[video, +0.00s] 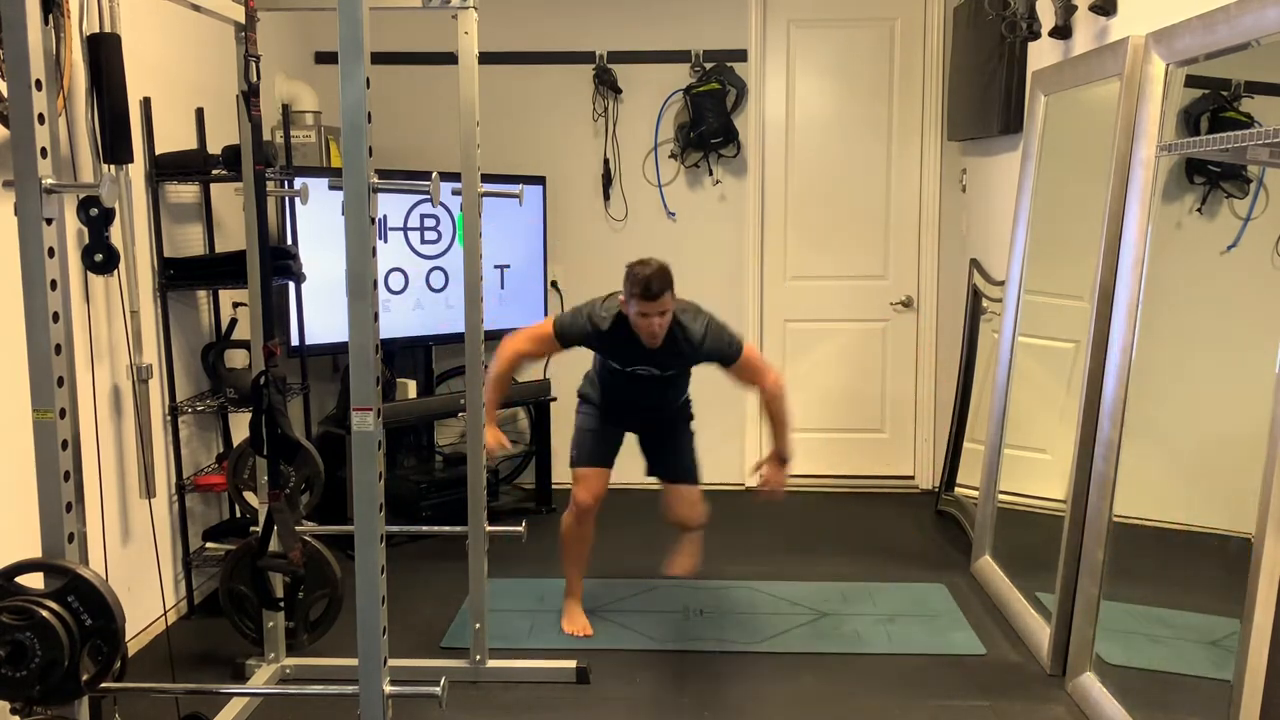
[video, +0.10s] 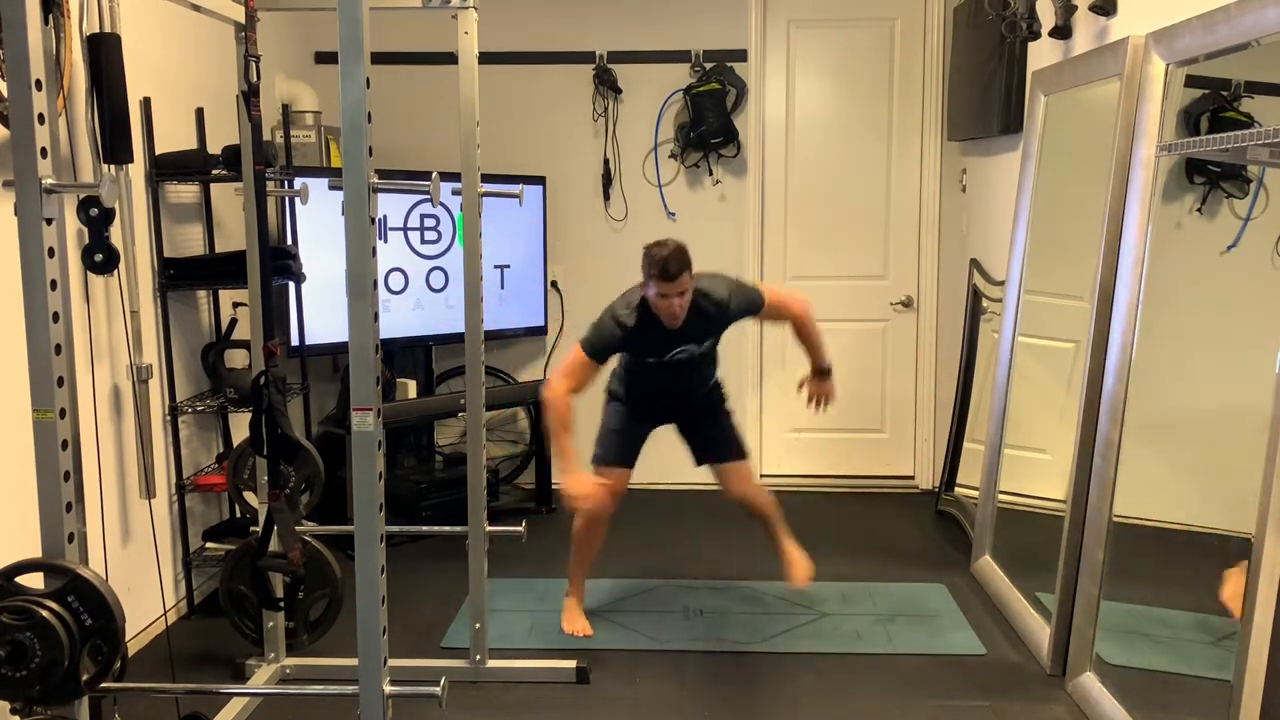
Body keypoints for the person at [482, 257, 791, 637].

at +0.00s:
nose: (657, 324)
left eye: (664, 313)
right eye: (646, 315)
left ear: (673, 302)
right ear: (625, 304)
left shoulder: (697, 328)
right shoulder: (598, 319)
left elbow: (770, 381)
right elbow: (513, 347)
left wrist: (780, 454)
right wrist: (489, 419)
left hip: (666, 411)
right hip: (604, 407)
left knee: (687, 514)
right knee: (585, 501)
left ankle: (692, 530)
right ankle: (573, 601)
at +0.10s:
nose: (675, 306)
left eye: (682, 295)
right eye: (664, 297)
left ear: (692, 282)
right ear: (646, 288)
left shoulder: (721, 298)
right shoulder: (620, 320)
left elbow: (797, 309)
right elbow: (557, 388)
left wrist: (821, 368)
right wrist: (570, 472)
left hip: (698, 396)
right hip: (633, 401)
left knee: (741, 487)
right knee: (599, 499)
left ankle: (786, 542)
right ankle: (574, 597)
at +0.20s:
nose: (708, 292)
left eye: (715, 280)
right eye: (698, 283)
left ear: (727, 267)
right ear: (680, 273)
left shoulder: (751, 267)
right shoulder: (660, 311)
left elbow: (810, 264)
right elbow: (641, 404)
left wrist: (824, 311)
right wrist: (702, 468)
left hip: (746, 374)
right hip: (683, 386)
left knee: (791, 475)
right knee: (642, 480)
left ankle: (851, 571)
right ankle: (596, 579)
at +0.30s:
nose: (751, 292)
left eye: (759, 281)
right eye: (740, 283)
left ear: (769, 267)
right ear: (719, 271)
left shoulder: (783, 263)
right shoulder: (702, 316)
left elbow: (818, 246)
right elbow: (731, 411)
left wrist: (818, 290)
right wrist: (817, 416)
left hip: (785, 379)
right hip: (726, 389)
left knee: (825, 487)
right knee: (700, 495)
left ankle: (875, 591)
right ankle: (697, 530)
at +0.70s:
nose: (812, 326)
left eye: (820, 314)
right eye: (801, 316)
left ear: (830, 302)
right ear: (782, 305)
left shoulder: (844, 310)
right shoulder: (759, 347)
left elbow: (863, 338)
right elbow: (811, 430)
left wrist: (862, 377)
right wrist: (879, 378)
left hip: (834, 410)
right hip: (785, 433)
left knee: (852, 510)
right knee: (828, 515)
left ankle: (882, 597)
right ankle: (879, 503)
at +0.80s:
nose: (794, 314)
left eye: (803, 303)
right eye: (784, 304)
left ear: (816, 290)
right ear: (766, 290)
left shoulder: (838, 313)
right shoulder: (740, 327)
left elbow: (897, 354)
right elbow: (741, 413)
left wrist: (924, 414)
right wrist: (818, 439)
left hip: (824, 404)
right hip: (767, 408)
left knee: (846, 506)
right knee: (762, 516)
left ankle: (882, 598)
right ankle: (802, 512)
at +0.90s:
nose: (772, 297)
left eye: (781, 286)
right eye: (762, 287)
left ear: (795, 274)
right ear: (746, 275)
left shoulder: (820, 305)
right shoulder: (718, 302)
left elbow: (894, 360)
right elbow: (671, 366)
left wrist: (909, 442)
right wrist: (685, 439)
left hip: (800, 404)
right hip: (735, 404)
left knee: (841, 507)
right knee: (697, 481)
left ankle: (882, 598)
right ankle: (694, 533)